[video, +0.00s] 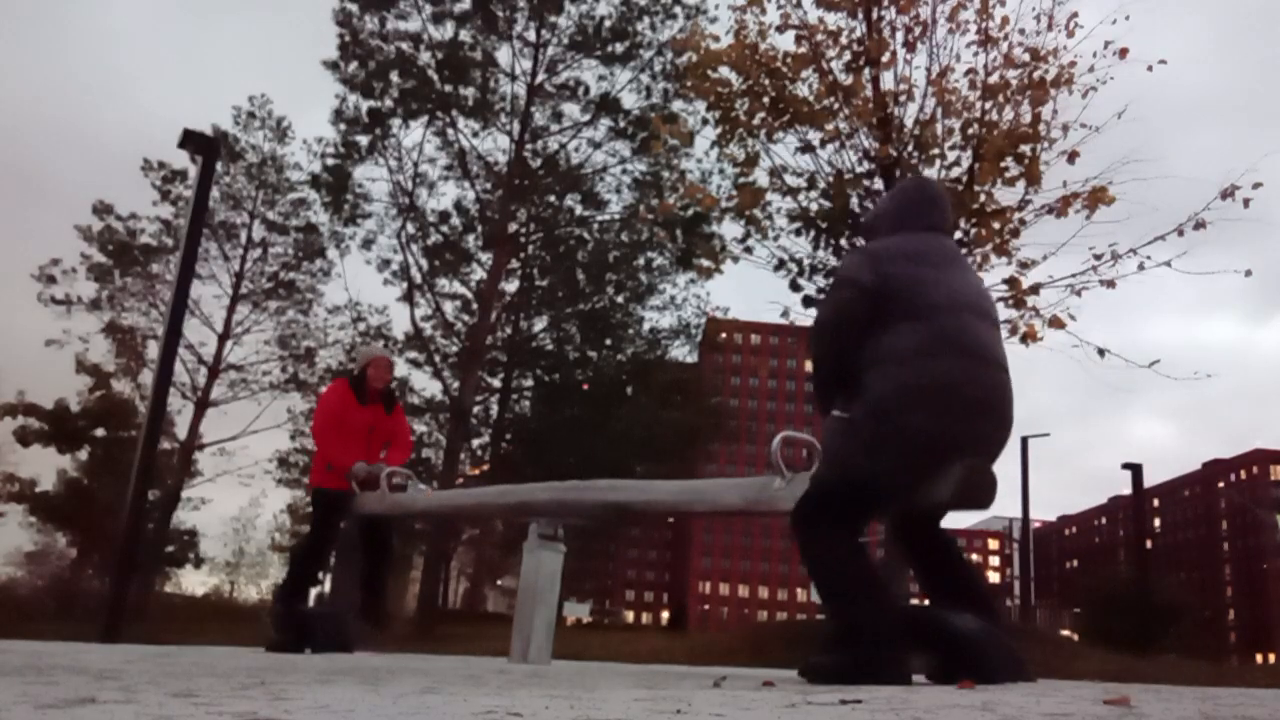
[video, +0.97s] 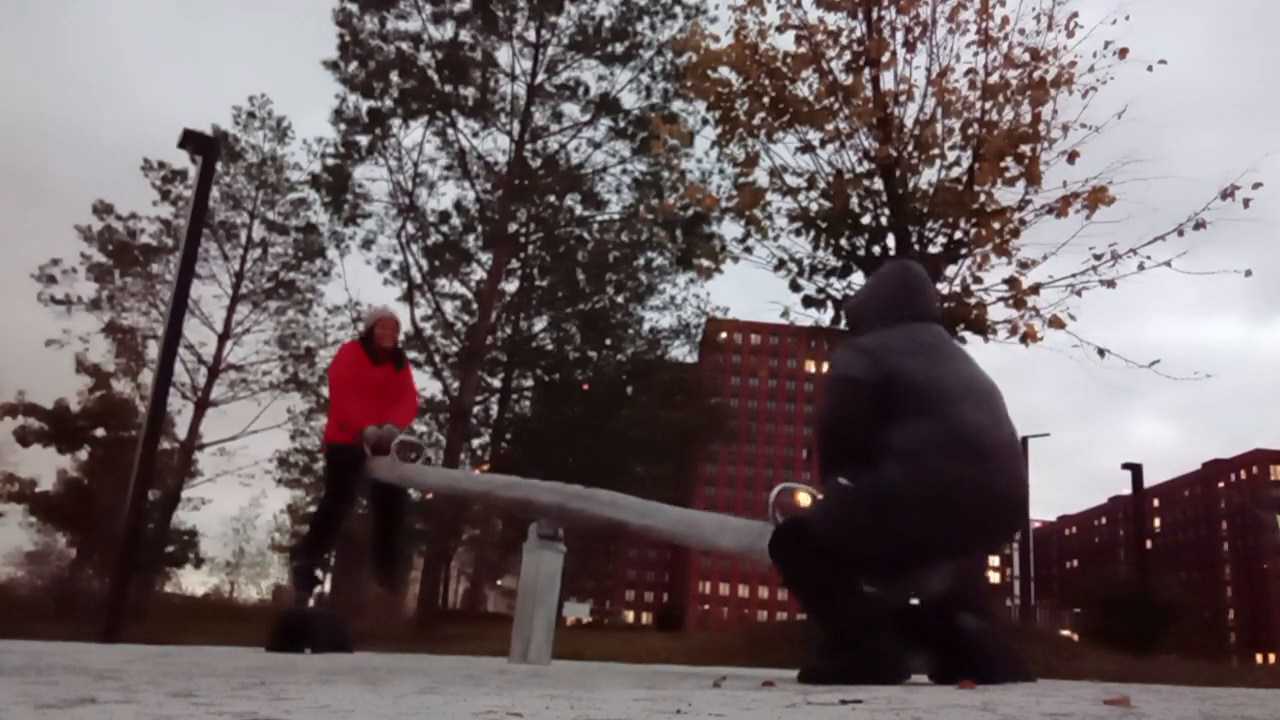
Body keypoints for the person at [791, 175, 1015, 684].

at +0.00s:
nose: (869, 218)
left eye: (877, 209)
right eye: (873, 208)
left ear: (890, 215)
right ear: (936, 221)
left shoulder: (873, 258)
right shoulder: (960, 269)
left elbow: (831, 327)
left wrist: (832, 394)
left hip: (906, 413)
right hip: (985, 416)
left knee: (820, 518)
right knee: (915, 526)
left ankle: (869, 649)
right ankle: (986, 643)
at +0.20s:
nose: (859, 253)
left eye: (867, 243)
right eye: (862, 244)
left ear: (883, 243)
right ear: (930, 244)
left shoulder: (870, 285)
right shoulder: (958, 291)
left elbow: (835, 358)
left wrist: (832, 419)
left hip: (908, 432)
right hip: (988, 436)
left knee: (809, 528)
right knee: (915, 541)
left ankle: (869, 649)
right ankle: (987, 650)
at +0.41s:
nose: (854, 281)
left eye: (860, 274)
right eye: (857, 274)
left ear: (876, 272)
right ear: (922, 273)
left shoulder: (866, 313)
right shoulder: (947, 315)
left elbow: (834, 398)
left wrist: (835, 444)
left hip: (916, 455)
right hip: (994, 461)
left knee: (802, 538)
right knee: (934, 566)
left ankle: (867, 650)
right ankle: (990, 659)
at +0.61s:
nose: (854, 314)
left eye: (858, 304)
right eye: (855, 304)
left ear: (873, 300)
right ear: (923, 300)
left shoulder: (862, 345)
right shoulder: (954, 347)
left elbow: (833, 442)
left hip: (912, 494)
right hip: (994, 499)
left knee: (796, 546)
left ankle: (863, 650)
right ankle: (976, 649)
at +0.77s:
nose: (853, 332)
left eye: (859, 321)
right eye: (855, 322)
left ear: (876, 318)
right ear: (925, 317)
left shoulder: (866, 362)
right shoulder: (954, 362)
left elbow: (836, 459)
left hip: (921, 513)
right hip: (1001, 518)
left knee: (794, 547)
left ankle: (864, 654)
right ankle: (979, 654)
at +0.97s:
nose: (853, 322)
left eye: (858, 313)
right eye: (856, 313)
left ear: (873, 309)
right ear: (923, 309)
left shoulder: (865, 349)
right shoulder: (954, 354)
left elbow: (837, 443)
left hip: (919, 500)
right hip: (1001, 504)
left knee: (796, 542)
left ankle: (863, 651)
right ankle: (981, 653)